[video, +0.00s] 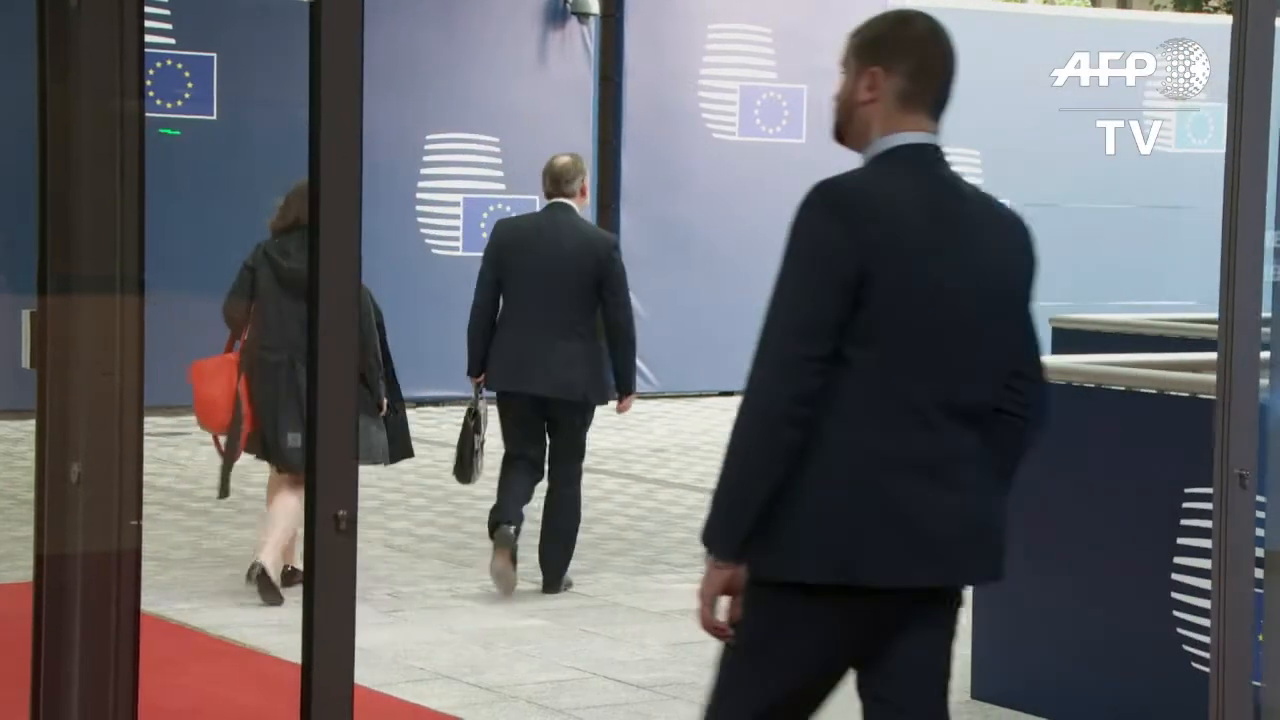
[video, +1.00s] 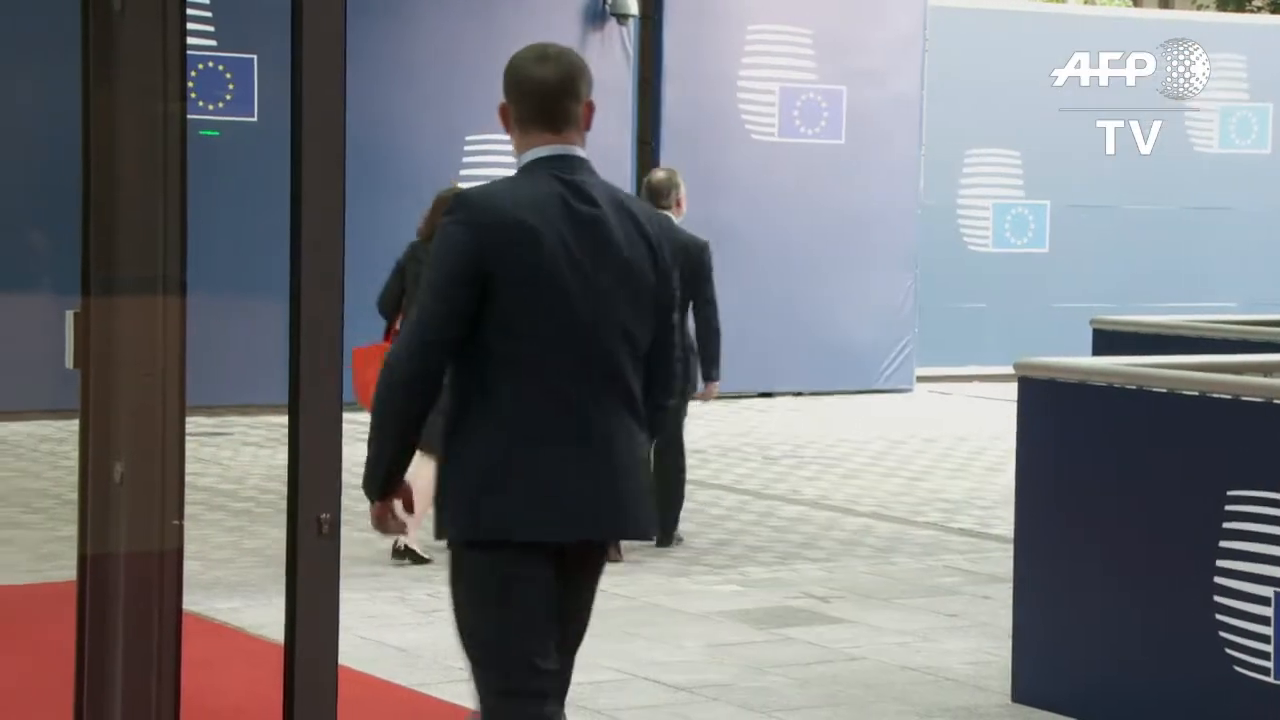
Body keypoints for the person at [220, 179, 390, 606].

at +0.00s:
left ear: (286, 212)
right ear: (328, 217)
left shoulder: (264, 256)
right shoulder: (339, 262)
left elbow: (234, 310)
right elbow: (366, 334)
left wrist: (249, 344)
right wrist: (377, 390)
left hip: (270, 374)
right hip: (321, 377)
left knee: (283, 474)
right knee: (295, 479)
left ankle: (290, 563)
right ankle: (267, 560)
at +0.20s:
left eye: (289, 208)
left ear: (292, 211)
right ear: (339, 206)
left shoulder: (278, 246)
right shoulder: (355, 252)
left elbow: (250, 303)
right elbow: (373, 325)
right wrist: (373, 380)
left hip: (286, 381)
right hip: (339, 384)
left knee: (285, 474)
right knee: (334, 475)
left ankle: (291, 560)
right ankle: (325, 562)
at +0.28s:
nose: (356, 206)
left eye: (350, 197)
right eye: (354, 199)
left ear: (306, 201)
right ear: (351, 206)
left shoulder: (284, 249)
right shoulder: (360, 257)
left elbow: (257, 301)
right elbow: (374, 328)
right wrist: (377, 381)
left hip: (286, 378)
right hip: (343, 378)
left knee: (285, 471)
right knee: (346, 464)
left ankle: (290, 558)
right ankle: (342, 547)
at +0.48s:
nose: (387, 218)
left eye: (385, 211)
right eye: (385, 212)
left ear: (341, 214)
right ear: (378, 217)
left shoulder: (315, 255)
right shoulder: (384, 265)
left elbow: (288, 309)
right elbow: (393, 331)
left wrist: (290, 377)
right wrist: (395, 388)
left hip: (314, 371)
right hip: (362, 374)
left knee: (310, 464)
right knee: (366, 463)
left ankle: (304, 546)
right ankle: (366, 541)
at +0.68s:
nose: (428, 211)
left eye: (426, 204)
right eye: (425, 205)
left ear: (378, 208)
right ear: (418, 211)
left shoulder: (352, 256)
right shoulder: (427, 260)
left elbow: (335, 318)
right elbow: (444, 331)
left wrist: (333, 376)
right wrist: (448, 389)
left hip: (359, 368)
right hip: (409, 370)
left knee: (364, 452)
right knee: (395, 461)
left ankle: (342, 508)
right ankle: (382, 544)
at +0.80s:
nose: (446, 210)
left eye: (444, 203)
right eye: (444, 204)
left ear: (400, 204)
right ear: (436, 209)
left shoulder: (378, 248)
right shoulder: (449, 255)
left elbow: (351, 298)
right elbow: (462, 314)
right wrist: (469, 369)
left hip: (386, 361)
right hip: (433, 363)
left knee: (397, 444)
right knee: (419, 442)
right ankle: (396, 534)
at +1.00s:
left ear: (431, 218)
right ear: (465, 224)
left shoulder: (417, 252)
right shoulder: (475, 258)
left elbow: (387, 304)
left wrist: (401, 325)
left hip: (423, 361)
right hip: (463, 364)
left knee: (426, 451)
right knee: (431, 451)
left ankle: (403, 531)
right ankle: (407, 534)